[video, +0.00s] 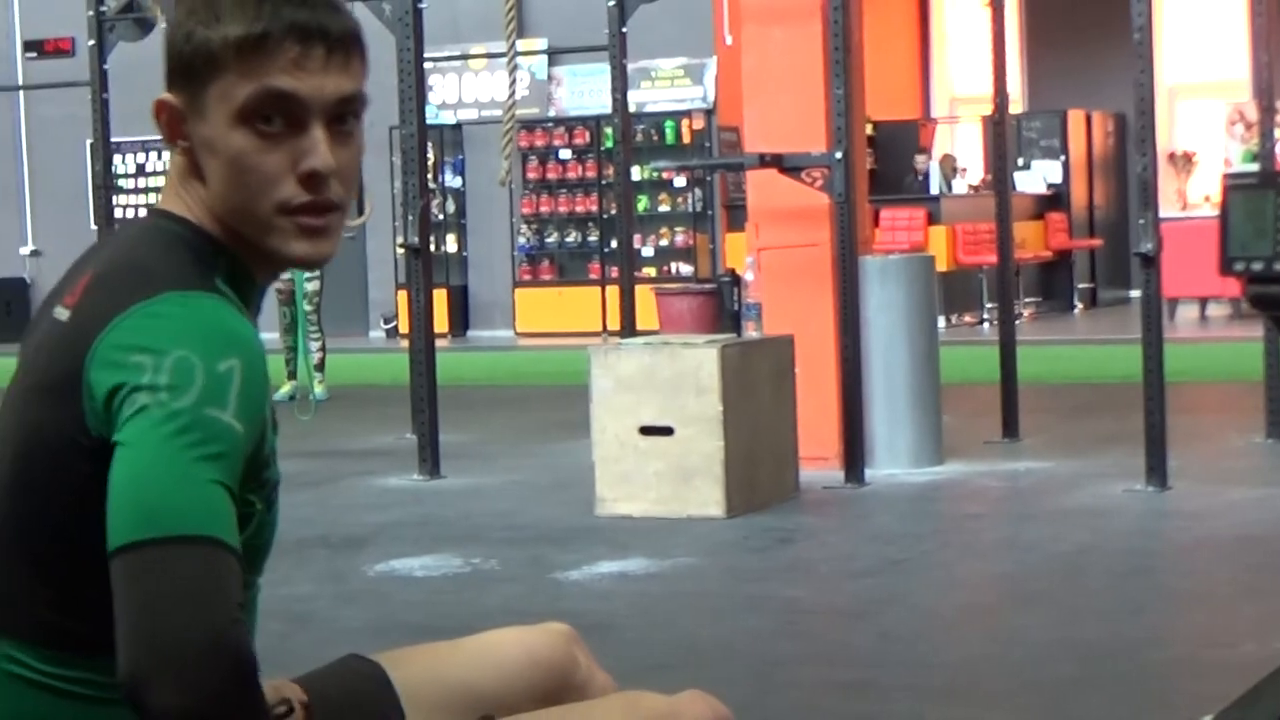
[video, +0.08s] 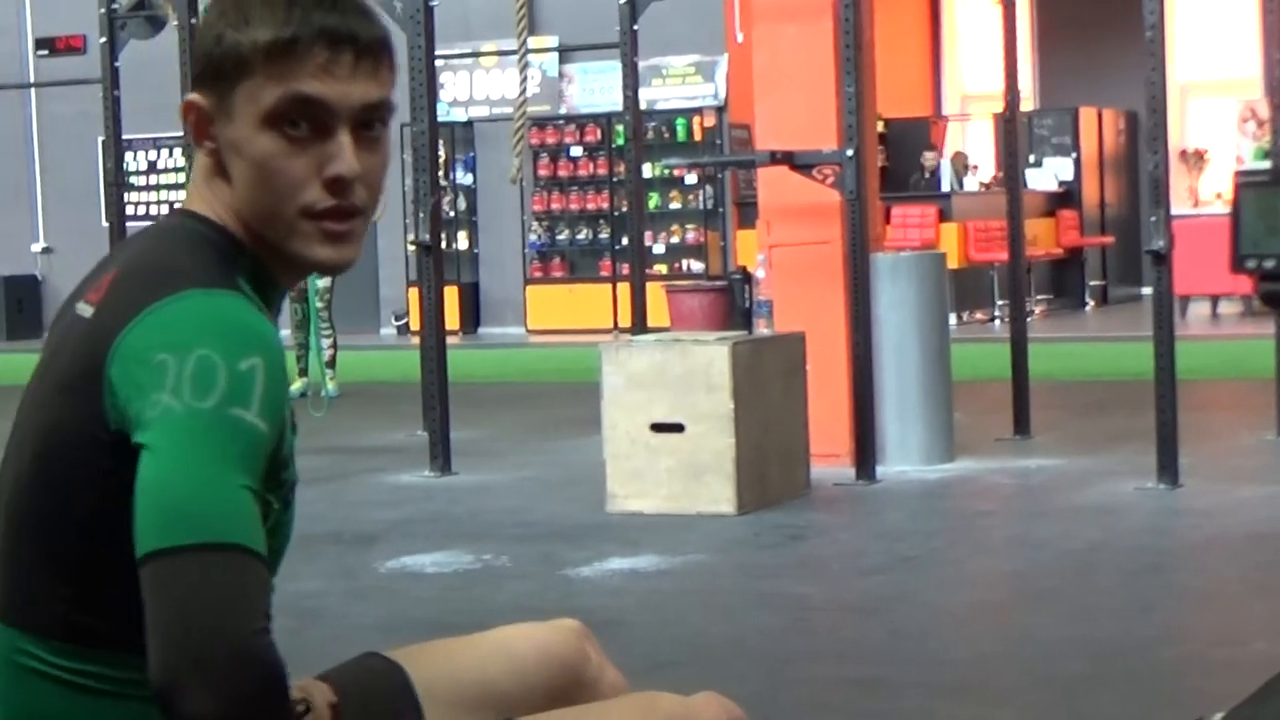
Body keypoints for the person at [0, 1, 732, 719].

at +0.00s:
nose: (322, 163)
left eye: (343, 121)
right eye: (273, 123)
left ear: (367, 128)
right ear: (179, 133)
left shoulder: (130, 268)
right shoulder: (190, 331)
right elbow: (183, 682)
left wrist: (237, 691)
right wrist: (269, 703)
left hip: (85, 691)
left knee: (553, 654)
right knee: (695, 708)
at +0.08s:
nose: (347, 170)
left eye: (370, 129)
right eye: (300, 128)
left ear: (393, 134)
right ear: (207, 133)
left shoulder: (169, 274)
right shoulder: (208, 325)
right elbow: (213, 679)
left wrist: (261, 695)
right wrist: (287, 708)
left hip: (108, 692)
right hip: (132, 718)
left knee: (566, 653)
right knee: (708, 711)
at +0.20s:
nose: (382, 166)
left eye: (406, 125)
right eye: (335, 120)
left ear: (428, 131)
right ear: (239, 121)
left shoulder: (213, 273)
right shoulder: (240, 315)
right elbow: (246, 677)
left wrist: (301, 690)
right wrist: (326, 708)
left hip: (155, 691)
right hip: (155, 718)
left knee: (580, 641)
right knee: (722, 706)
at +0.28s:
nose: (401, 149)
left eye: (426, 112)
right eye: (357, 105)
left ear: (447, 121)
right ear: (262, 107)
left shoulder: (231, 254)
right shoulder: (263, 296)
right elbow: (263, 647)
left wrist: (334, 689)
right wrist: (347, 714)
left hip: (189, 684)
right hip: (190, 714)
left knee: (589, 624)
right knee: (731, 691)